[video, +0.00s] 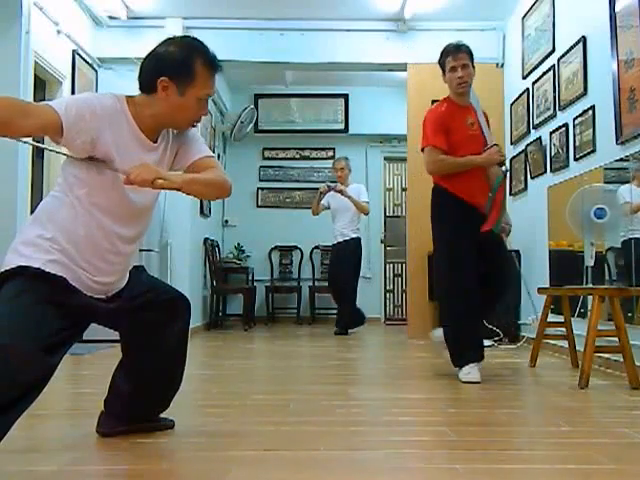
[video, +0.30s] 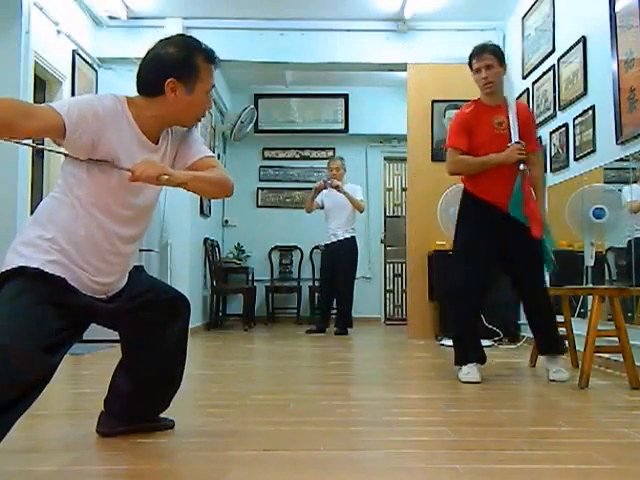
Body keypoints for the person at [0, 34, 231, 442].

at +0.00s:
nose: (206, 112)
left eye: (209, 101)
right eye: (202, 100)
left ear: (168, 91)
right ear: (165, 89)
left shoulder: (182, 136)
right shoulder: (100, 113)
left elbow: (221, 185)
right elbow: (25, 118)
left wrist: (169, 180)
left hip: (113, 277)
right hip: (47, 269)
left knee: (169, 311)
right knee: (13, 366)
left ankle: (127, 415)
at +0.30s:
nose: (209, 103)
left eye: (211, 92)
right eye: (206, 91)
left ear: (174, 91)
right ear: (173, 90)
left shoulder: (181, 138)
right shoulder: (101, 113)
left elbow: (224, 185)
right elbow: (26, 120)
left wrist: (173, 177)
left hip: (113, 277)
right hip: (47, 269)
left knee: (169, 310)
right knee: (15, 365)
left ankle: (127, 415)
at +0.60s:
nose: (208, 99)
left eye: (208, 88)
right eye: (204, 87)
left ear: (173, 89)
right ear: (172, 88)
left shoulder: (178, 137)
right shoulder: (98, 113)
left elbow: (223, 184)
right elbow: (24, 120)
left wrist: (175, 175)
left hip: (113, 277)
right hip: (46, 270)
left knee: (168, 309)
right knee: (13, 366)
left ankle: (127, 415)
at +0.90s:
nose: (208, 97)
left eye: (208, 86)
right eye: (204, 85)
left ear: (174, 87)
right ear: (173, 86)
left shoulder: (178, 136)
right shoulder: (100, 112)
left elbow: (224, 183)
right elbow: (27, 121)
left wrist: (175, 174)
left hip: (113, 275)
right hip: (47, 267)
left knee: (168, 309)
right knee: (14, 363)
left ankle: (127, 415)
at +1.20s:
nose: (205, 97)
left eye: (208, 86)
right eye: (200, 83)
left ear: (168, 78)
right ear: (162, 73)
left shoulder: (180, 132)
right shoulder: (102, 107)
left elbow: (225, 182)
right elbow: (34, 119)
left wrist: (180, 172)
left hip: (114, 273)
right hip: (46, 264)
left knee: (166, 308)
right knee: (15, 362)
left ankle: (127, 415)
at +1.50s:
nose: (170, 58)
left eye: (180, 47)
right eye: (159, 41)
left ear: (186, 47)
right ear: (125, 26)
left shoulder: (160, 96)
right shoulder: (69, 66)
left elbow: (204, 161)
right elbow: (3, 76)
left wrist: (145, 139)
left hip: (90, 251)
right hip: (21, 235)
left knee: (147, 306)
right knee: (18, 325)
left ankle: (123, 417)